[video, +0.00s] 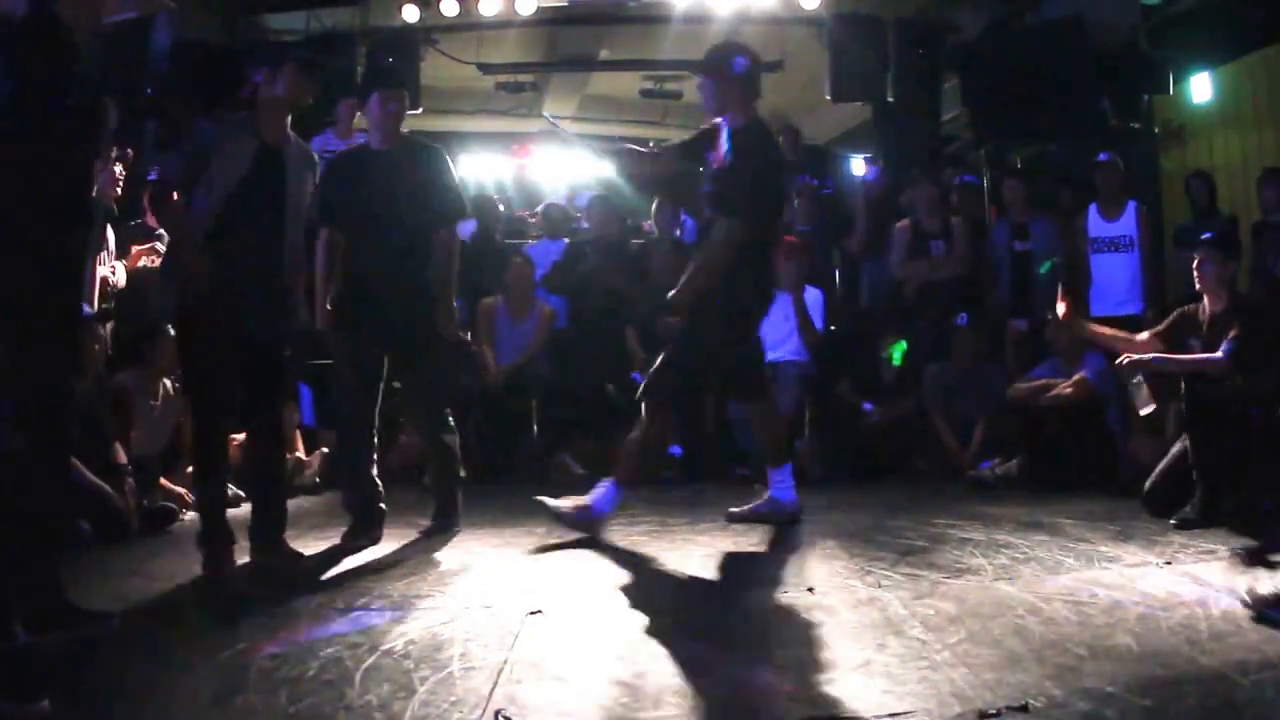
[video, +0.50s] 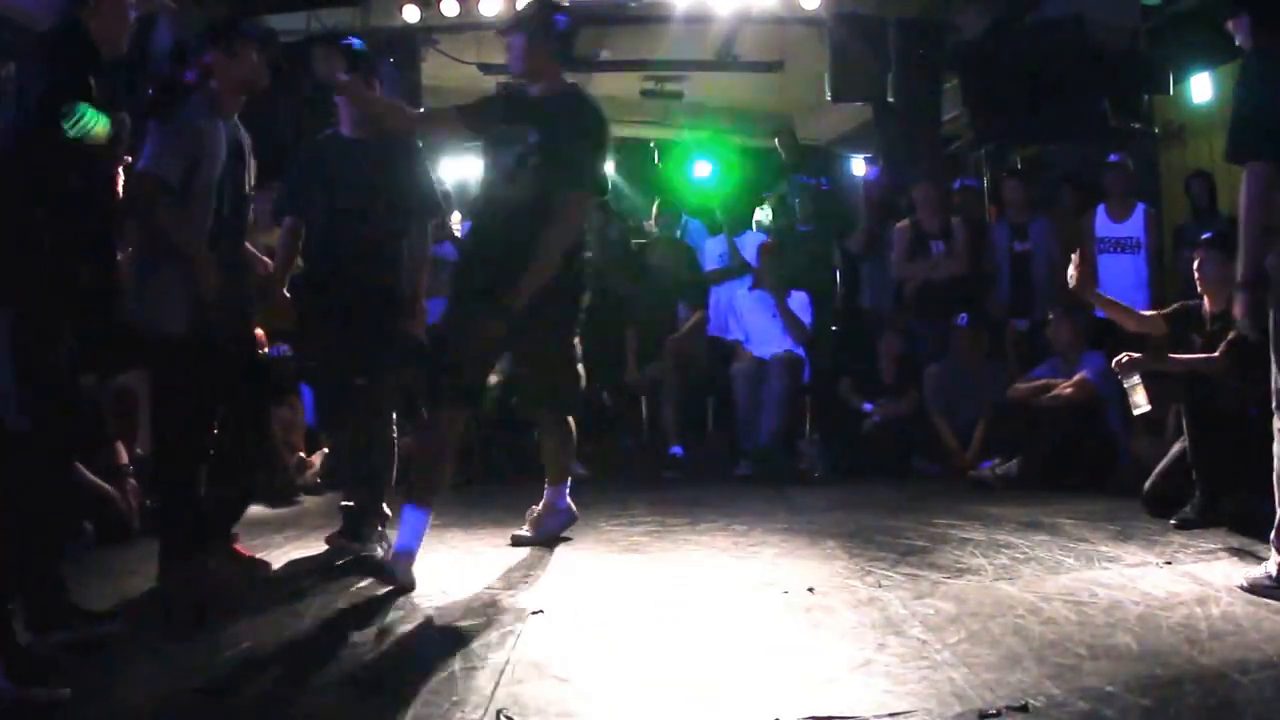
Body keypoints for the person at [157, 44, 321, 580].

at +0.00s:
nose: (288, 97)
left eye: (296, 89)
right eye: (281, 85)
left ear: (302, 95)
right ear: (260, 84)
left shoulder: (303, 159)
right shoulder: (216, 137)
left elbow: (301, 237)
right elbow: (162, 193)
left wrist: (301, 301)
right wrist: (189, 244)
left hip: (269, 308)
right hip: (208, 306)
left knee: (270, 428)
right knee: (210, 426)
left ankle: (269, 541)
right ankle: (216, 547)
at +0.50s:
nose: (259, 71)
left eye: (260, 60)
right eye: (249, 59)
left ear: (249, 69)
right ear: (217, 61)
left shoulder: (239, 137)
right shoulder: (185, 124)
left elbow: (232, 222)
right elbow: (148, 201)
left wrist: (256, 260)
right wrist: (196, 259)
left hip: (221, 303)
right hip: (175, 306)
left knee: (243, 423)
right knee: (182, 426)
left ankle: (216, 536)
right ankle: (180, 553)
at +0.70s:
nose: (239, 78)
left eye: (240, 67)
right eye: (229, 66)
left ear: (230, 72)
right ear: (201, 66)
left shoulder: (211, 127)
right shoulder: (192, 124)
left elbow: (211, 214)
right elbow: (159, 198)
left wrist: (246, 252)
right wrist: (206, 268)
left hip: (203, 308)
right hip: (180, 312)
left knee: (217, 420)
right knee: (187, 432)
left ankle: (201, 529)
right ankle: (179, 560)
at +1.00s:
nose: (239, 88)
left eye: (238, 78)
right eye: (233, 77)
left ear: (209, 78)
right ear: (209, 76)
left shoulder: (196, 127)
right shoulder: (183, 123)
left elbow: (183, 217)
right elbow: (156, 203)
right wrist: (196, 266)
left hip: (182, 304)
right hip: (168, 307)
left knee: (184, 424)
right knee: (181, 426)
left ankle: (180, 534)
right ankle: (178, 545)